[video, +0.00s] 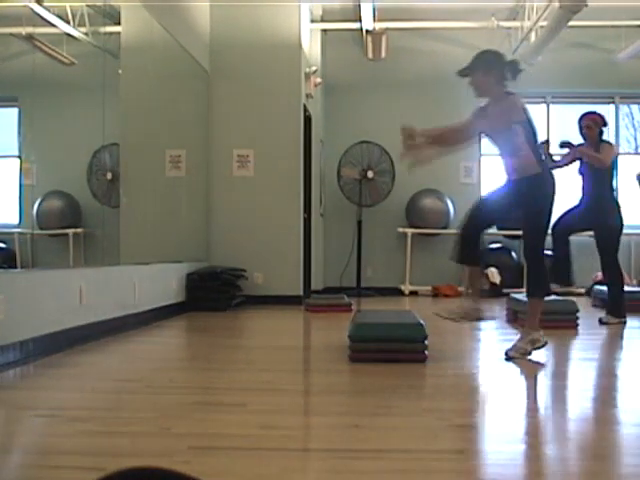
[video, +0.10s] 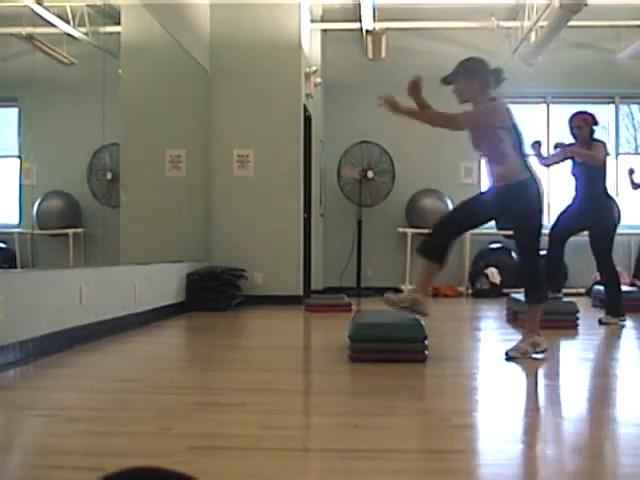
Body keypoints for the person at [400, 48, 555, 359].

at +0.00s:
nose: (471, 83)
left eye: (475, 76)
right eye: (470, 77)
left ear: (493, 75)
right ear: (487, 77)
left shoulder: (508, 106)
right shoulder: (487, 112)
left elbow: (466, 134)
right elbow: (460, 135)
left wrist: (428, 139)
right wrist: (424, 139)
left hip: (536, 186)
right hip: (516, 186)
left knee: (533, 254)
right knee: (472, 224)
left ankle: (533, 330)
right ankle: (474, 301)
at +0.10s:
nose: (454, 90)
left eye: (458, 84)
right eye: (454, 84)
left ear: (476, 82)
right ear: (474, 84)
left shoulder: (494, 110)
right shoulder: (482, 111)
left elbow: (450, 122)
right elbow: (447, 122)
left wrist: (404, 110)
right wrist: (420, 100)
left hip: (522, 193)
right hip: (499, 193)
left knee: (530, 264)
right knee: (445, 228)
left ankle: (533, 337)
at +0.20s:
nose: (438, 86)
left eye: (441, 79)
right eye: (437, 80)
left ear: (458, 77)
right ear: (457, 80)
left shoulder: (477, 105)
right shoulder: (461, 108)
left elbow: (442, 118)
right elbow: (428, 120)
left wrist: (402, 104)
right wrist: (399, 103)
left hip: (501, 187)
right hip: (476, 188)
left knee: (516, 257)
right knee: (427, 228)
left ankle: (530, 330)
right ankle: (411, 301)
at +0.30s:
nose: (421, 71)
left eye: (425, 64)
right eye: (420, 65)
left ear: (442, 62)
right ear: (433, 67)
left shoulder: (468, 87)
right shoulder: (436, 106)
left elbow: (449, 118)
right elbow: (410, 136)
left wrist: (422, 139)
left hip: (487, 170)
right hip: (458, 173)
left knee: (489, 244)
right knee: (424, 222)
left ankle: (507, 318)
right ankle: (410, 301)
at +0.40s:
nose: (406, 65)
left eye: (409, 58)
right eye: (404, 60)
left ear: (426, 54)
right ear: (420, 58)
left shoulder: (456, 78)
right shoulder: (422, 97)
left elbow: (479, 116)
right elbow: (420, 144)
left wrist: (470, 141)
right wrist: (402, 183)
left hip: (478, 159)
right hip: (449, 163)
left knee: (463, 222)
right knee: (424, 220)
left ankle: (472, 299)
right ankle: (411, 300)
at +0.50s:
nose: (393, 72)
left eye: (396, 65)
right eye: (392, 67)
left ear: (413, 61)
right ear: (410, 64)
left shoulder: (448, 84)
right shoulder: (414, 98)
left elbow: (497, 97)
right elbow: (440, 126)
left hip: (469, 164)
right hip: (441, 166)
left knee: (440, 213)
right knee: (413, 218)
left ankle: (443, 289)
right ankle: (409, 298)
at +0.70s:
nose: (394, 75)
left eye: (397, 68)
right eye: (393, 70)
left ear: (414, 64)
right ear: (412, 66)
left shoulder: (449, 86)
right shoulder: (417, 100)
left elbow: (499, 101)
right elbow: (445, 127)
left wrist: (533, 133)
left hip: (471, 168)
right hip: (442, 169)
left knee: (448, 222)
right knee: (412, 221)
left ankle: (449, 300)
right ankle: (408, 299)